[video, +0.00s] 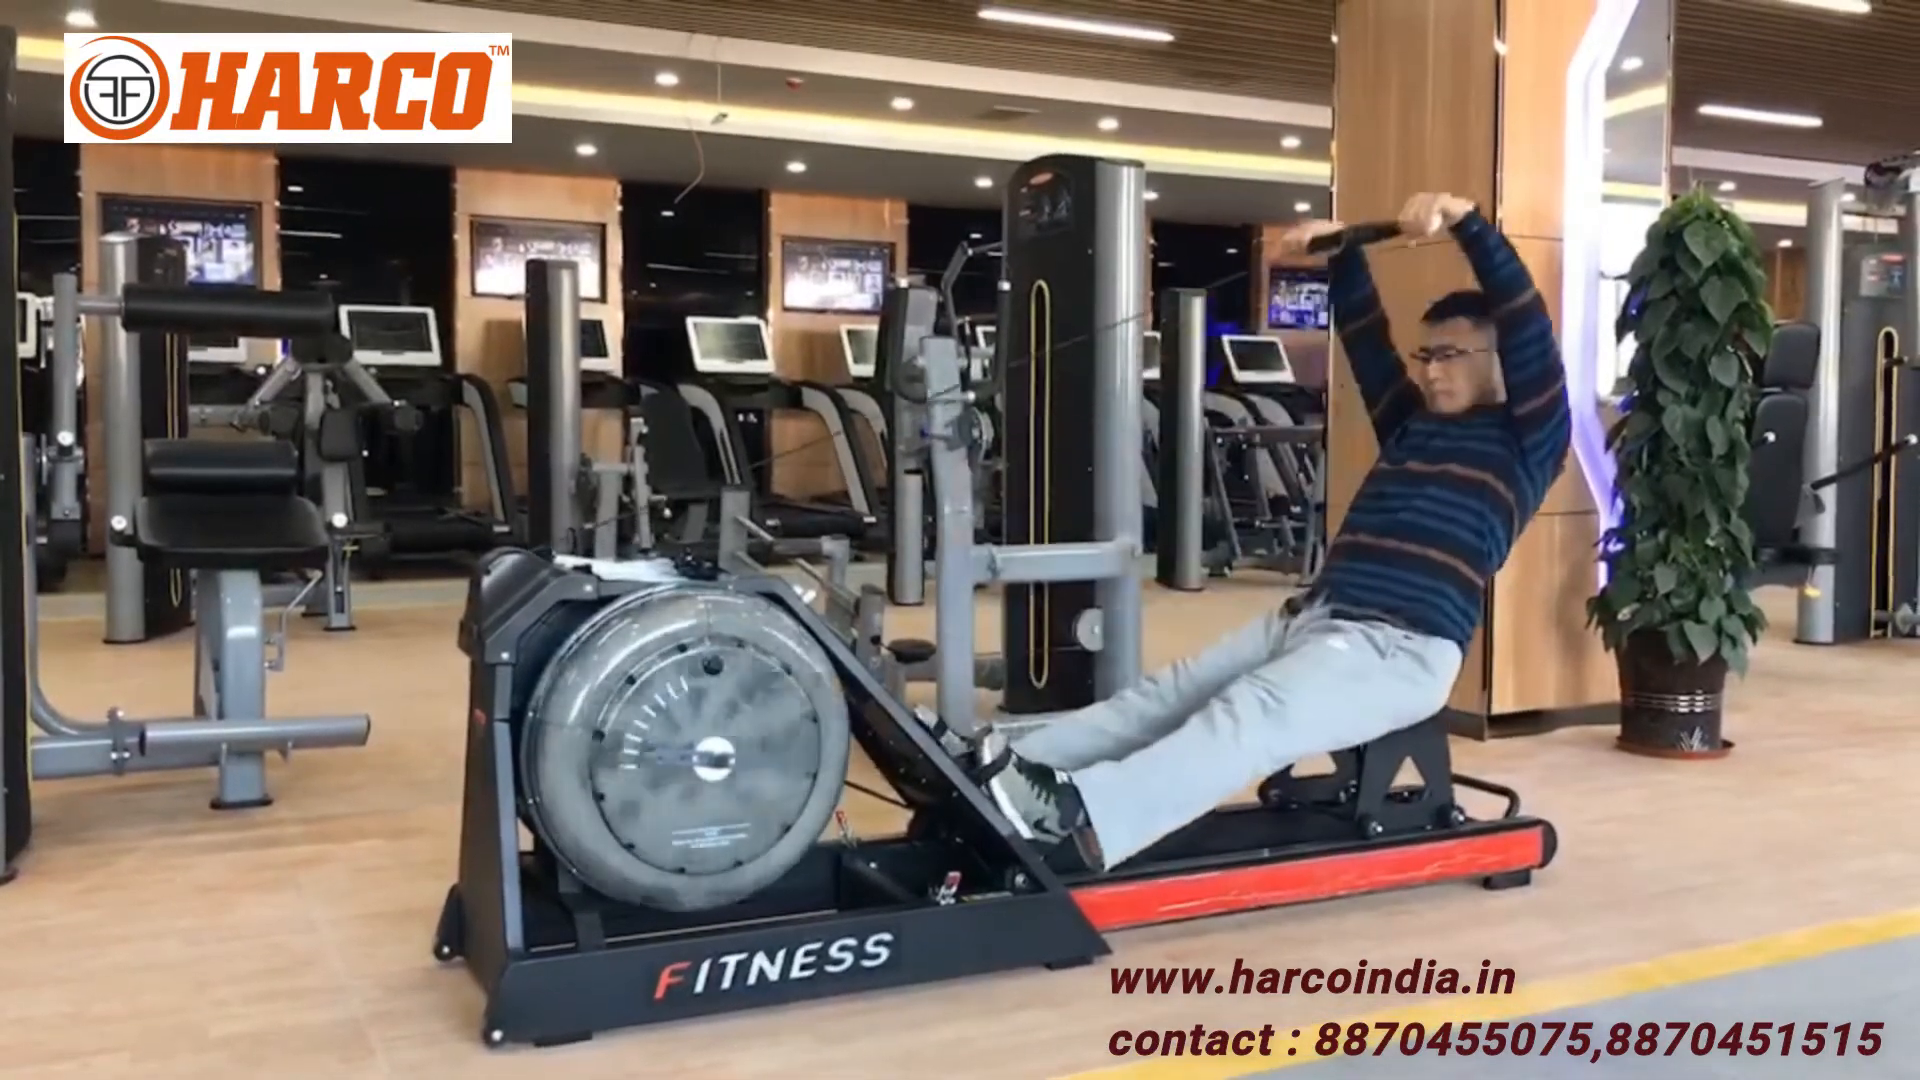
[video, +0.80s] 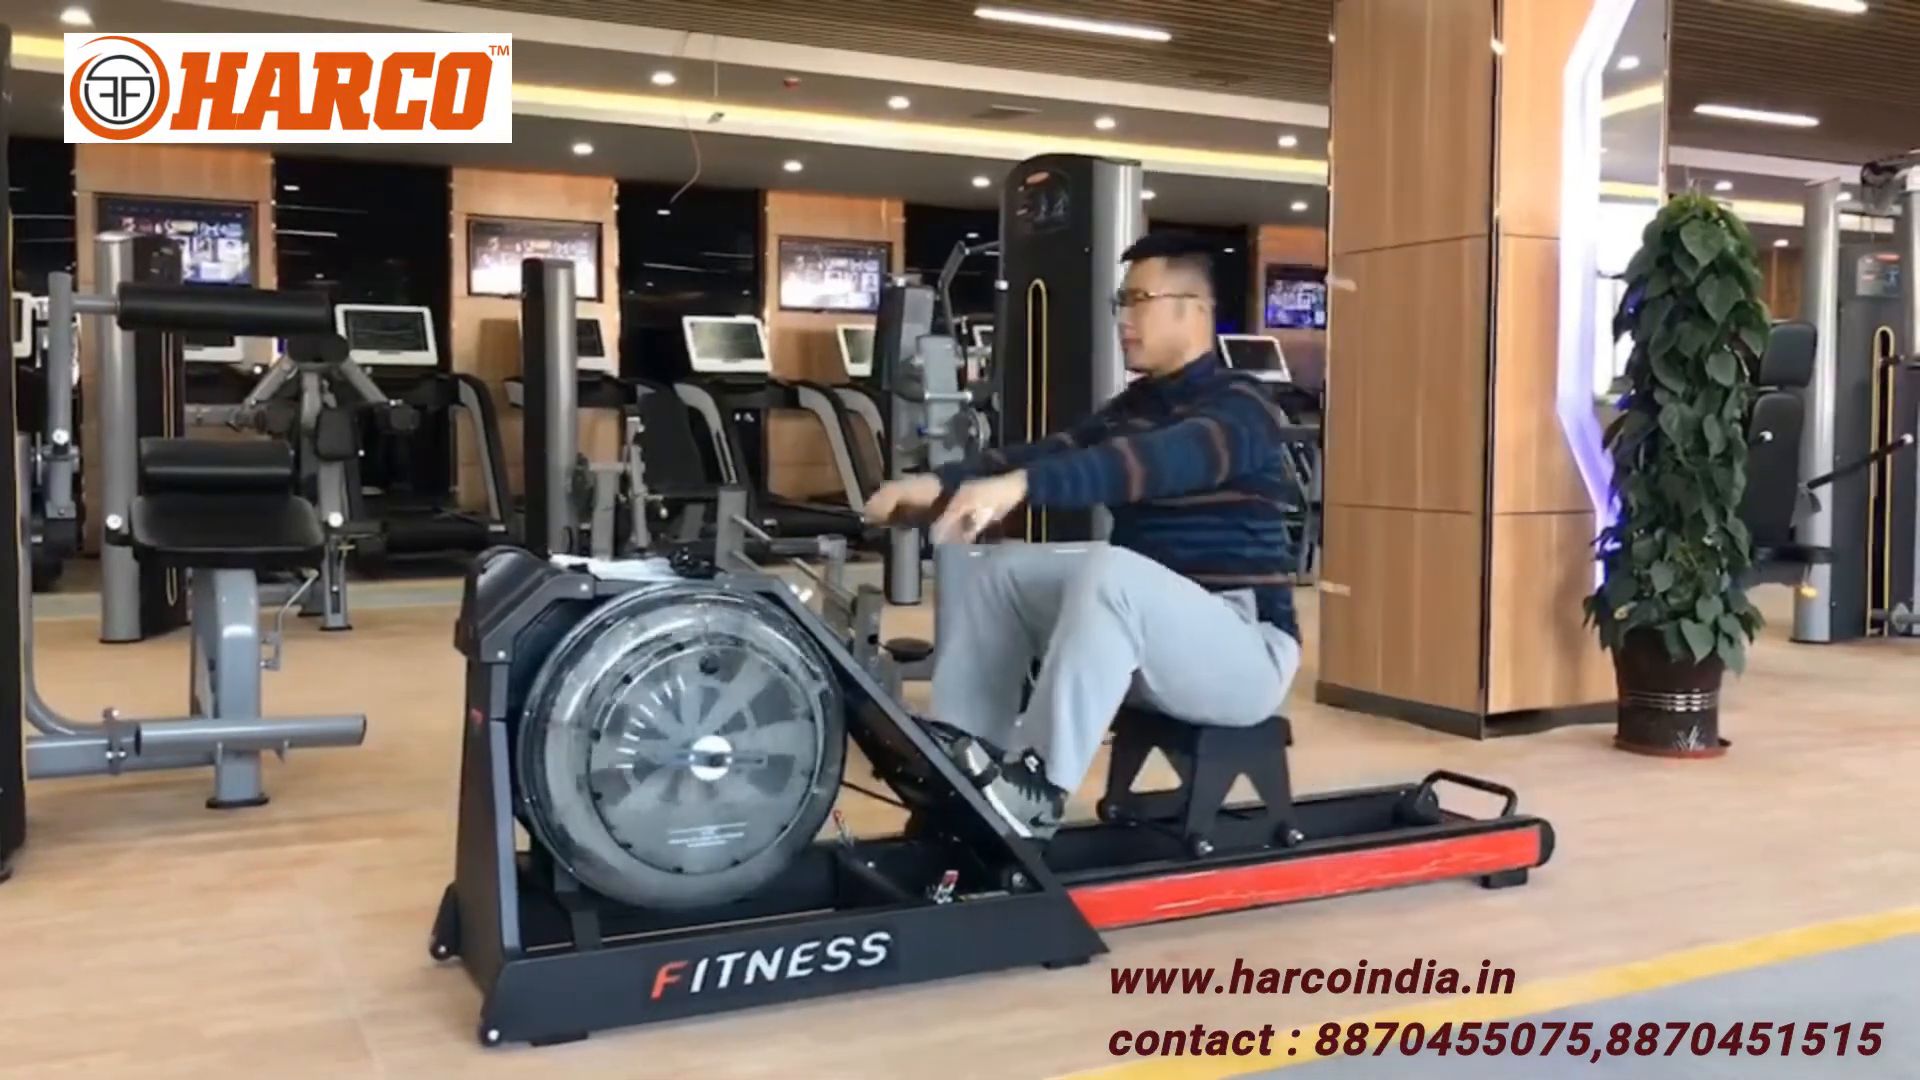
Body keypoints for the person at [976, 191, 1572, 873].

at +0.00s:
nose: (1426, 370)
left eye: (1446, 354)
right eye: (1422, 356)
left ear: (1500, 359)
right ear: (1420, 361)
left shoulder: (1528, 442)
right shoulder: (1406, 423)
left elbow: (1526, 336)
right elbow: (1366, 341)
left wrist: (1472, 224)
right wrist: (1341, 254)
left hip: (1403, 648)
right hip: (1315, 623)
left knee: (1247, 716)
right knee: (1176, 691)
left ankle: (1075, 818)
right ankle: (991, 755)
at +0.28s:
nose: (1354, 348)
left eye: (1371, 331)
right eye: (1346, 334)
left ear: (1428, 331)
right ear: (1339, 336)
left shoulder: (1467, 402)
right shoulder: (1351, 397)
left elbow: (1490, 291)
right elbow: (1333, 301)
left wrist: (1461, 161)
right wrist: (1326, 195)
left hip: (1388, 641)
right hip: (1297, 623)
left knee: (1230, 668)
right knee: (1145, 645)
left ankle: (1080, 809)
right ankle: (993, 763)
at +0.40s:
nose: (1297, 344)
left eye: (1313, 325)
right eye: (1289, 328)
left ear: (1369, 322)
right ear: (1284, 331)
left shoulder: (1419, 392)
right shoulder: (1300, 389)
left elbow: (1430, 276)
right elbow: (1242, 290)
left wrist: (1365, 173)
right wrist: (1263, 199)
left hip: (1361, 642)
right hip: (1273, 624)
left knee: (1213, 635)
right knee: (1111, 613)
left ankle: (1081, 801)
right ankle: (987, 766)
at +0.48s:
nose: (1265, 340)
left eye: (1283, 321)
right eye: (1261, 322)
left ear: (1341, 319)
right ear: (1256, 322)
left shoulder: (1387, 400)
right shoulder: (1262, 391)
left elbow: (1381, 302)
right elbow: (1194, 315)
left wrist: (1296, 221)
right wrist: (1202, 243)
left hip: (1348, 646)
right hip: (1256, 629)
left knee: (1197, 624)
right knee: (1093, 603)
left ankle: (1083, 801)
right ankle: (981, 767)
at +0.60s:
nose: (1202, 325)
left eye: (1218, 309)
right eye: (1198, 314)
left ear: (1275, 313)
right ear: (1195, 324)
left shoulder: (1330, 395)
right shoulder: (1193, 401)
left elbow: (1249, 369)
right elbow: (1114, 397)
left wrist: (1150, 333)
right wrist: (1060, 355)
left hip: (1309, 648)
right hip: (1204, 629)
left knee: (1166, 598)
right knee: (1055, 589)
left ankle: (1058, 792)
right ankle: (965, 752)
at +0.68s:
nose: (1167, 326)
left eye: (1182, 308)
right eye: (1165, 311)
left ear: (1237, 312)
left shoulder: (1297, 397)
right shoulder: (1171, 404)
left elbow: (1207, 407)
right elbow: (1097, 428)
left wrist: (1097, 390)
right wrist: (1015, 409)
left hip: (1286, 649)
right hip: (1182, 627)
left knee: (1147, 589)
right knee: (1035, 582)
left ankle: (1049, 791)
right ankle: (959, 756)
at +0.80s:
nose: (1123, 319)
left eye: (1139, 301)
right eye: (1123, 304)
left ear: (1193, 309)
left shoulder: (1241, 409)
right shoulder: (1137, 408)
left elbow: (1144, 466)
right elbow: (1053, 457)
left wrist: (1023, 485)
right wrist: (940, 486)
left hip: (1247, 650)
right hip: (1143, 631)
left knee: (1109, 576)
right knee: (982, 567)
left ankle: (1039, 788)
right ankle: (962, 768)